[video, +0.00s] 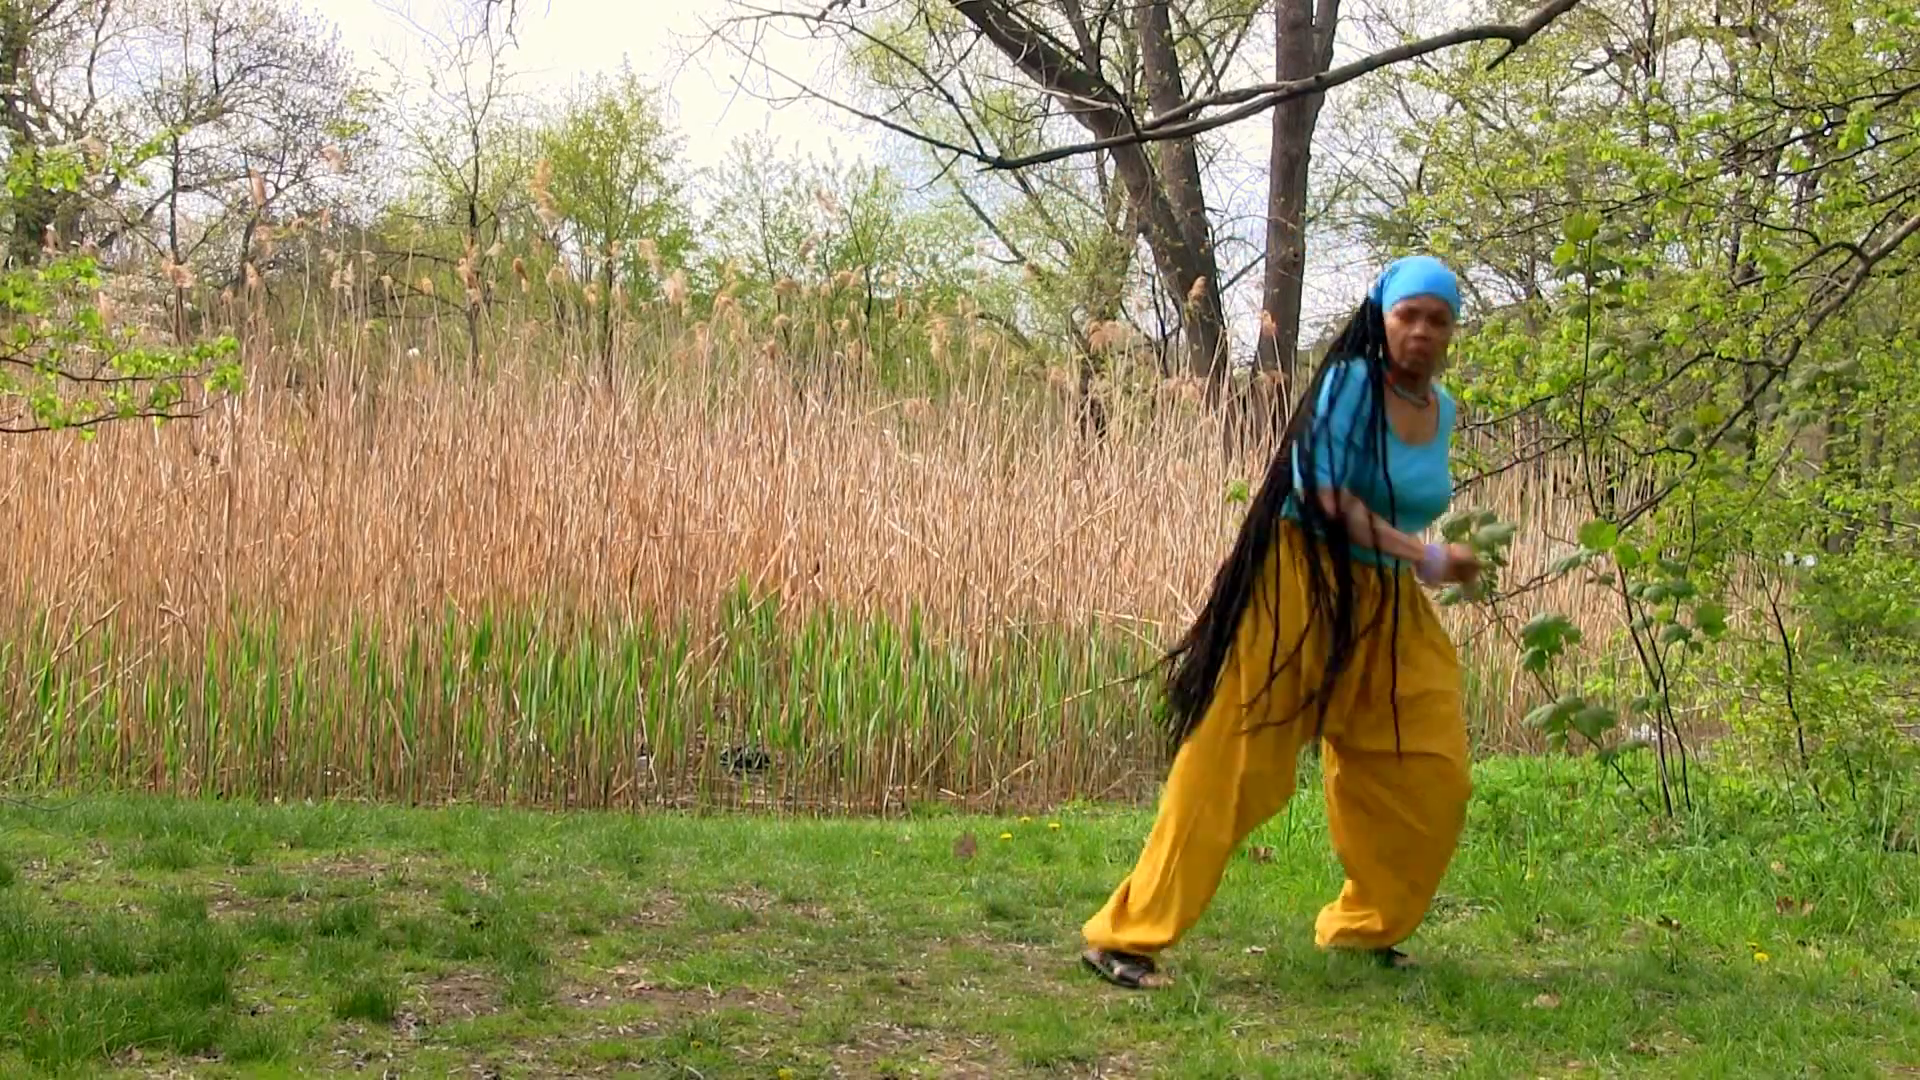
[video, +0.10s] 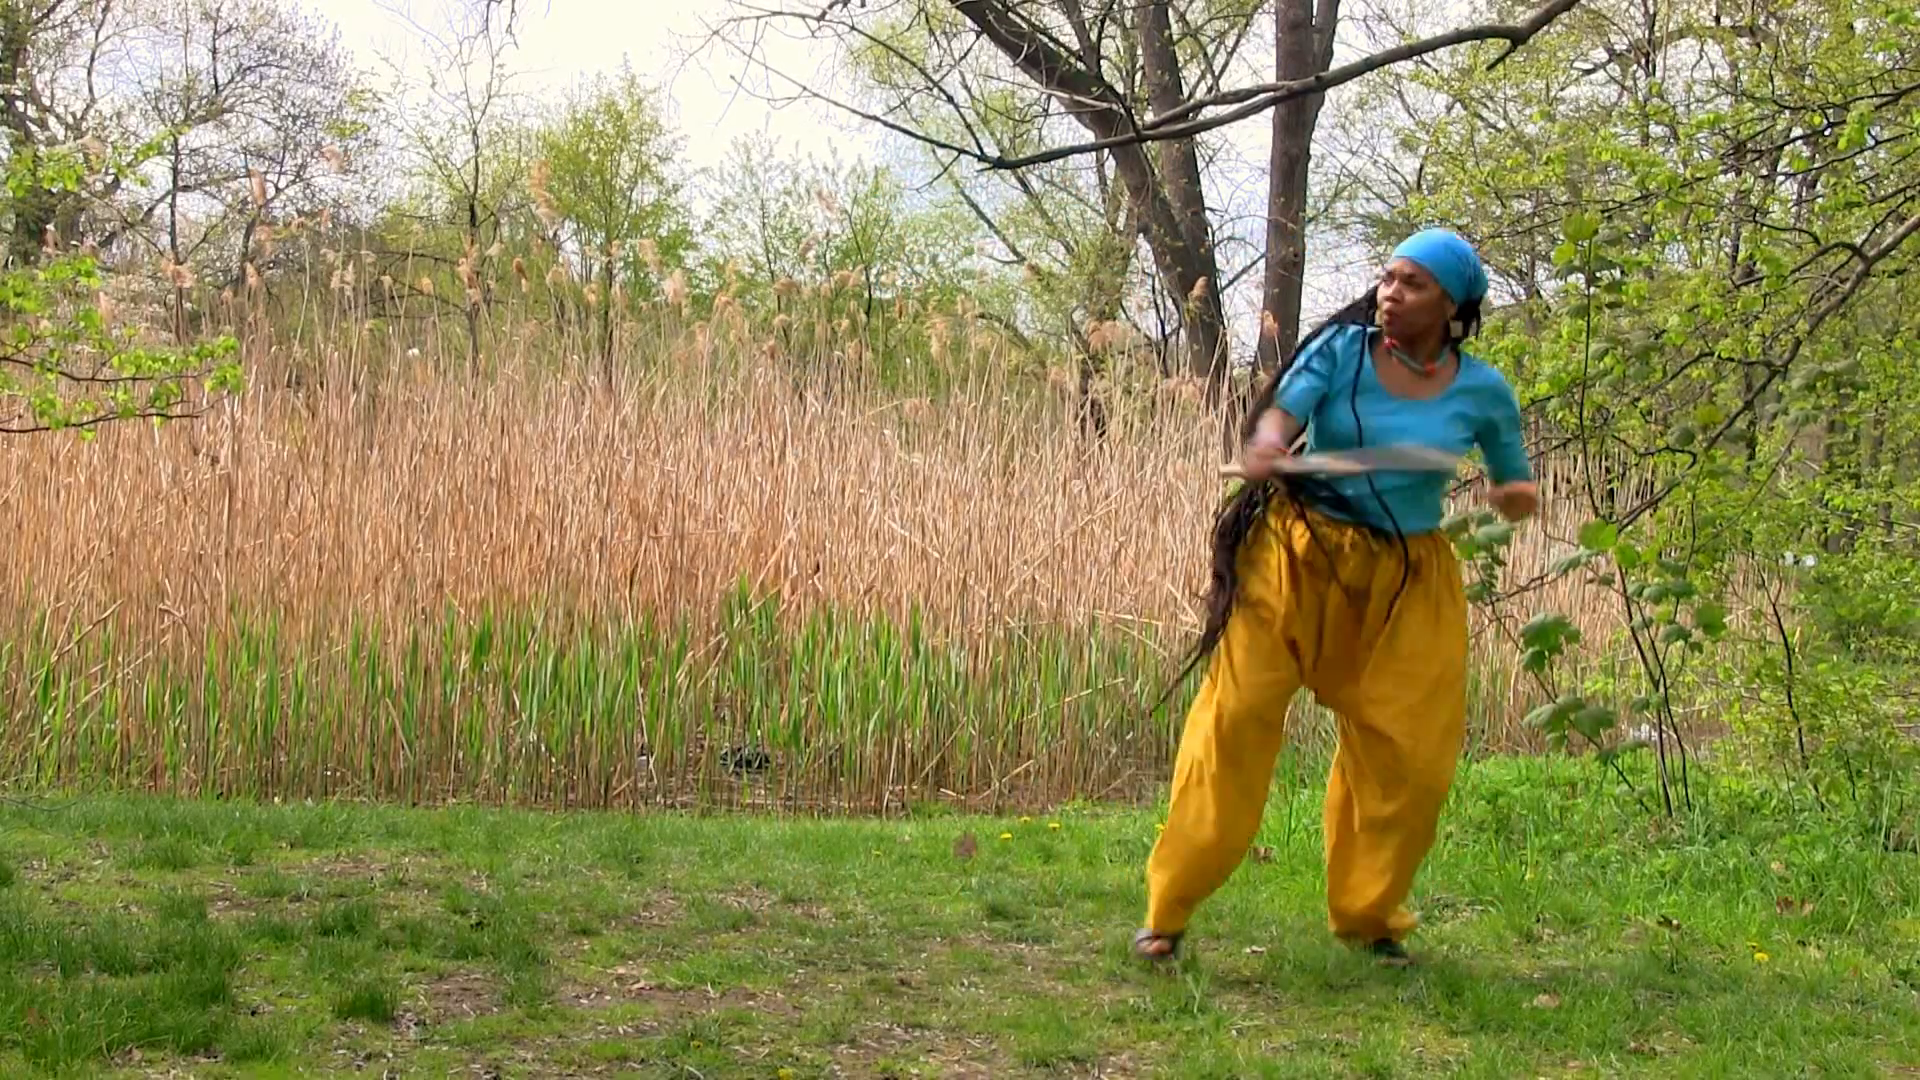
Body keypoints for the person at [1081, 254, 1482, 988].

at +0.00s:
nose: (1423, 332)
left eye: (1438, 321)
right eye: (1410, 316)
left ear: (1453, 332)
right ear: (1381, 320)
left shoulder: (1441, 409)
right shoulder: (1350, 384)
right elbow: (1322, 493)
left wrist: (1436, 559)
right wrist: (1419, 550)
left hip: (1391, 599)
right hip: (1303, 581)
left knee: (1435, 771)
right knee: (1232, 750)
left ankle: (1362, 928)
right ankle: (1126, 933)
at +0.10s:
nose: (1390, 290)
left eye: (1412, 283)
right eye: (1390, 274)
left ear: (1452, 310)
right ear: (1380, 280)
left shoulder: (1484, 392)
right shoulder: (1339, 349)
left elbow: (1523, 496)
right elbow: (1275, 424)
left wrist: (1501, 494)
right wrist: (1268, 451)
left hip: (1407, 576)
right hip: (1299, 551)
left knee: (1413, 754)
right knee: (1231, 719)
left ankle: (1369, 914)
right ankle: (1168, 908)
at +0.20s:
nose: (1379, 292)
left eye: (1397, 284)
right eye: (1382, 278)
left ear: (1444, 302)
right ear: (1383, 284)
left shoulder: (1486, 374)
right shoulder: (1347, 344)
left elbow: (1524, 473)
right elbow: (1263, 390)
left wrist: (1462, 391)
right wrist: (1219, 335)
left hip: (1410, 574)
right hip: (1306, 552)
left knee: (1387, 766)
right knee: (1225, 706)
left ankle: (1395, 933)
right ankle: (1319, 791)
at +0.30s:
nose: (1375, 297)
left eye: (1391, 288)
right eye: (1376, 284)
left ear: (1437, 305)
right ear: (1384, 290)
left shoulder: (1459, 362)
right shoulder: (1361, 351)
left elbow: (1385, 383)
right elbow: (1282, 360)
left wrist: (1334, 334)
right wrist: (1279, 266)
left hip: (1419, 577)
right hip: (1330, 561)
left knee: (1395, 771)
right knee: (1251, 728)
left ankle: (1392, 929)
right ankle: (1404, 712)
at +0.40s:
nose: (1369, 301)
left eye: (1385, 294)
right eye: (1371, 293)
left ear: (1432, 309)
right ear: (1383, 302)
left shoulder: (1422, 359)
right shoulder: (1397, 353)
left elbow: (1278, 342)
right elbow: (1348, 320)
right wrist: (1327, 235)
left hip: (1417, 576)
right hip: (1349, 570)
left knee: (1372, 765)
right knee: (1324, 752)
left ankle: (1394, 932)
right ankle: (1497, 747)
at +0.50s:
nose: (1358, 308)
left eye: (1373, 301)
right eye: (1360, 298)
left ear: (1413, 318)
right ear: (1424, 323)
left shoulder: (1371, 369)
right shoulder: (1450, 384)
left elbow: (1247, 353)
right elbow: (1407, 328)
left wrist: (1280, 331)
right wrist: (1362, 254)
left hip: (1401, 582)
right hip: (1439, 570)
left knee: (1326, 771)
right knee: (1433, 767)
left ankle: (1403, 934)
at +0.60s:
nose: (1335, 328)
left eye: (1347, 320)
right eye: (1337, 318)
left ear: (1389, 340)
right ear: (1397, 343)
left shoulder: (1345, 396)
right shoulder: (1436, 396)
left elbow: (1238, 378)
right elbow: (1405, 351)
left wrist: (1173, 342)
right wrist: (1349, 294)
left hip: (1408, 596)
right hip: (1473, 584)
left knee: (1311, 771)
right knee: (1497, 761)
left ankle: (1411, 931)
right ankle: (1588, 919)